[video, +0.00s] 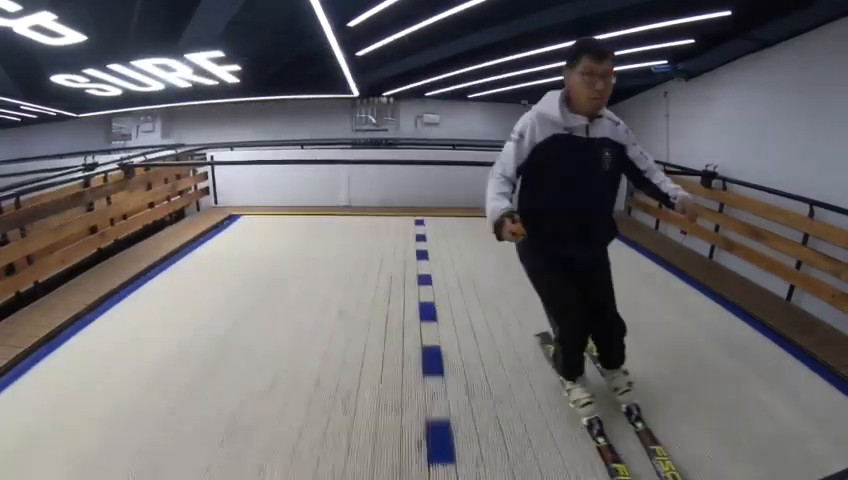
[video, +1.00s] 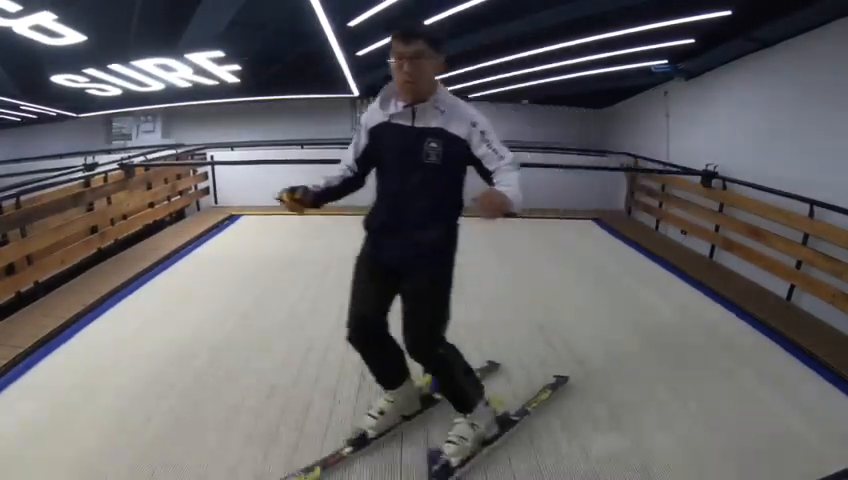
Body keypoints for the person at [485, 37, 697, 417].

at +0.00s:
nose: (599, 85)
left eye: (606, 77)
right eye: (590, 77)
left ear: (613, 81)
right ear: (567, 77)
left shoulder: (614, 129)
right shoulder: (538, 122)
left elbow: (645, 170)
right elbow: (503, 173)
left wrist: (677, 197)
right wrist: (502, 214)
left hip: (591, 240)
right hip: (543, 242)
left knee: (606, 315)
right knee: (570, 317)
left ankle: (613, 367)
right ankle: (571, 378)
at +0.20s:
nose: (618, 90)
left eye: (625, 82)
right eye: (609, 81)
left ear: (633, 84)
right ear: (586, 82)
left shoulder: (640, 134)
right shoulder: (557, 130)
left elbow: (674, 172)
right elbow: (527, 183)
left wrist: (707, 196)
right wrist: (524, 220)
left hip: (620, 249)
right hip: (570, 252)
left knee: (635, 325)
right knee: (595, 333)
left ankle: (649, 381)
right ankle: (612, 393)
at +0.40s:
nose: (607, 87)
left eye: (614, 79)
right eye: (597, 79)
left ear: (622, 81)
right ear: (576, 80)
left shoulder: (636, 132)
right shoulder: (549, 131)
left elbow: (674, 170)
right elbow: (522, 182)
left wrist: (705, 196)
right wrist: (512, 218)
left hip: (619, 258)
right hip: (565, 261)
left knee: (631, 339)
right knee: (583, 349)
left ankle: (652, 393)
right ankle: (607, 405)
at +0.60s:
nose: (561, 82)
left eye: (569, 71)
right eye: (551, 73)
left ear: (583, 73)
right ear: (535, 76)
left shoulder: (607, 129)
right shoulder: (513, 128)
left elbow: (650, 170)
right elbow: (486, 182)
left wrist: (672, 198)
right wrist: (464, 215)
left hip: (584, 261)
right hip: (527, 262)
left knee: (589, 350)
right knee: (535, 354)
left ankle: (626, 409)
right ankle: (569, 412)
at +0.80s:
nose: (491, 74)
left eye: (501, 65)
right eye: (483, 66)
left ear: (520, 69)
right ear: (474, 71)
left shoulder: (544, 124)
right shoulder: (453, 121)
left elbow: (589, 167)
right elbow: (429, 179)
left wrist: (602, 196)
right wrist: (396, 204)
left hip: (517, 256)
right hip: (462, 253)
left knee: (516, 352)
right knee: (456, 346)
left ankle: (561, 415)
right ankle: (497, 412)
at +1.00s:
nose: (406, 68)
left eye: (416, 59)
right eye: (398, 59)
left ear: (438, 64)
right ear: (390, 65)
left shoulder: (461, 119)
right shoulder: (377, 117)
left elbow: (505, 167)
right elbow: (351, 172)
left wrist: (505, 195)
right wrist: (312, 194)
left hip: (431, 247)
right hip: (381, 242)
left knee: (423, 341)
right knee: (363, 329)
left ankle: (475, 412)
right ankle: (402, 393)